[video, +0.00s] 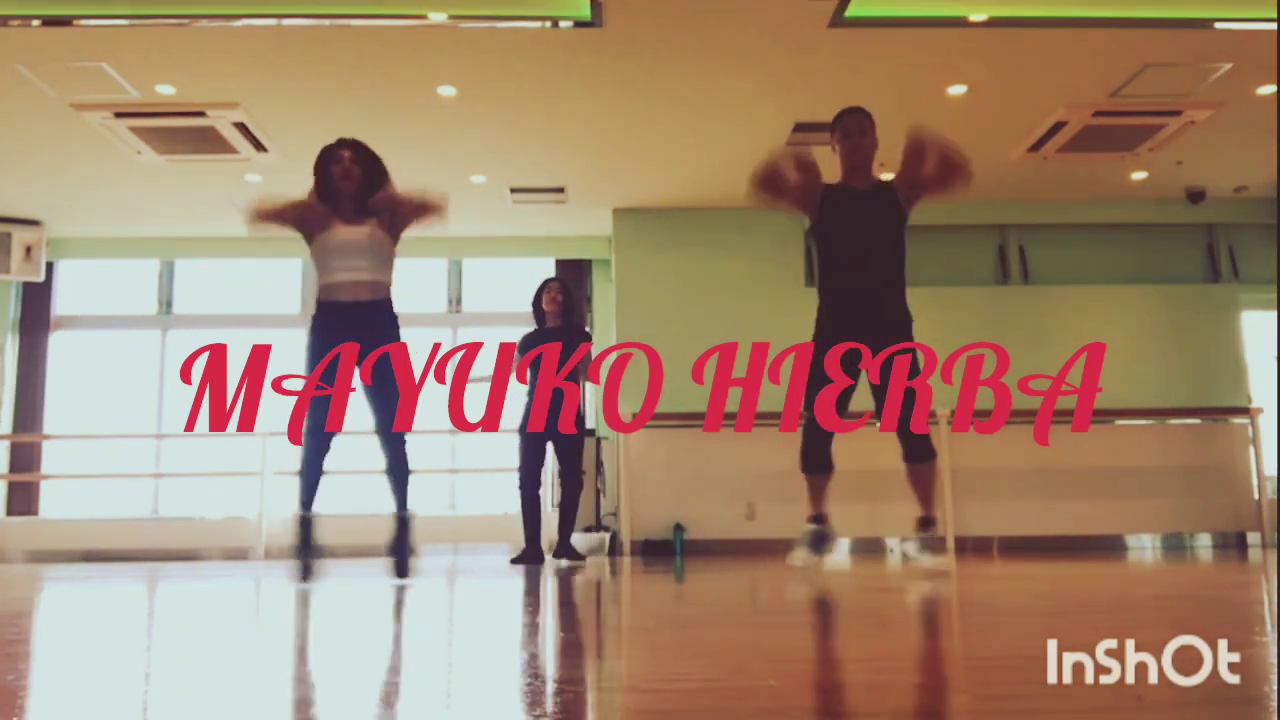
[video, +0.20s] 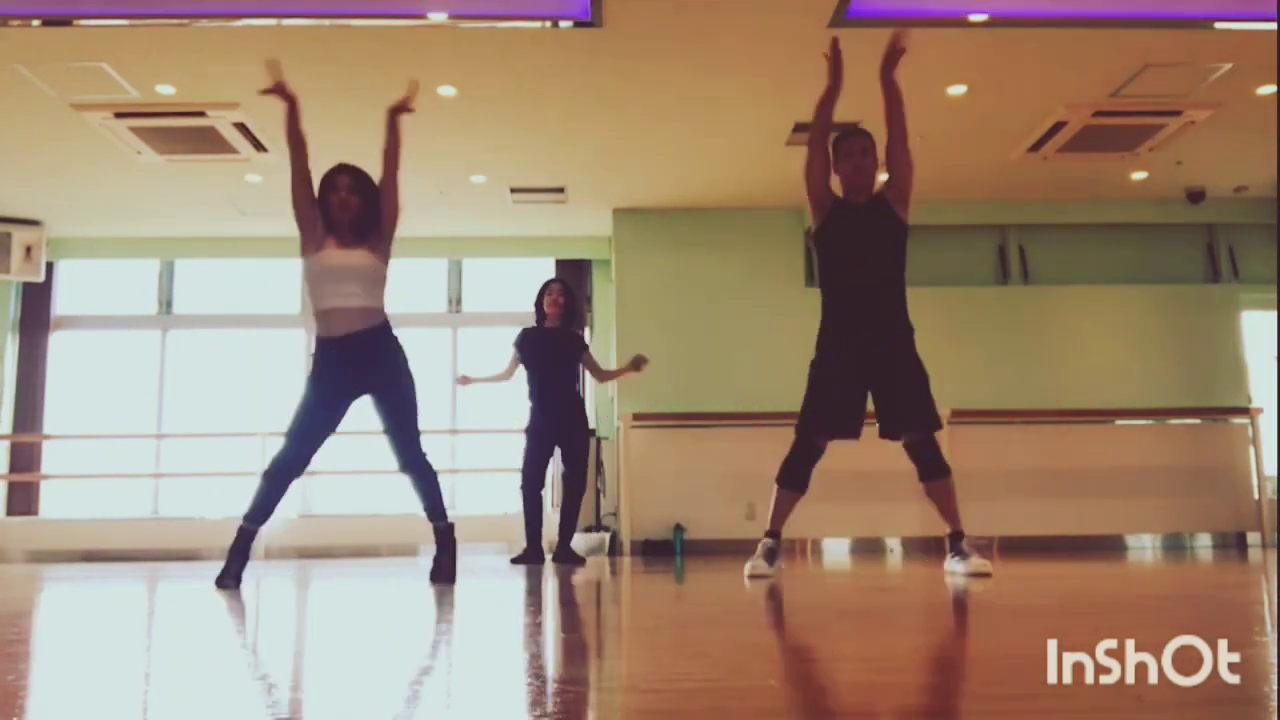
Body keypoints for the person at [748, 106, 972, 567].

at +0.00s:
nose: (856, 143)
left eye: (863, 134)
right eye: (847, 136)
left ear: (876, 141)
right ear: (834, 145)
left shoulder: (898, 192)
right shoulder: (819, 197)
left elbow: (957, 174)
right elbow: (763, 182)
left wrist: (926, 146)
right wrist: (789, 168)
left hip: (889, 324)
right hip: (836, 327)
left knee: (913, 424)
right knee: (816, 428)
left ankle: (927, 525)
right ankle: (818, 526)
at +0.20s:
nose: (857, 163)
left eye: (865, 154)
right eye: (849, 156)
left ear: (878, 163)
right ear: (834, 166)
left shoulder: (892, 209)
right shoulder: (826, 214)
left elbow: (899, 144)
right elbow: (818, 148)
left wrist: (888, 77)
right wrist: (833, 83)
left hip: (894, 348)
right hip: (839, 350)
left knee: (923, 446)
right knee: (807, 447)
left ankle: (958, 544)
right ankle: (770, 543)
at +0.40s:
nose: (857, 168)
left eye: (864, 159)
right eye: (848, 160)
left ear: (877, 167)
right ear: (834, 168)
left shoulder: (890, 213)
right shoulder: (823, 216)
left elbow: (901, 152)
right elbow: (813, 152)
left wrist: (877, 96)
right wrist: (836, 96)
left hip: (889, 349)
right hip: (834, 350)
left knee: (921, 448)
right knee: (806, 450)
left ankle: (958, 546)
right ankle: (770, 546)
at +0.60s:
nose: (857, 169)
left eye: (864, 162)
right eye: (849, 162)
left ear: (875, 169)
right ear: (835, 170)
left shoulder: (891, 215)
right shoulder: (820, 217)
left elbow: (913, 154)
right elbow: (795, 154)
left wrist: (872, 119)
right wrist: (828, 117)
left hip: (888, 349)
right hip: (835, 351)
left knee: (921, 449)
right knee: (805, 451)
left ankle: (958, 546)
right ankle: (770, 546)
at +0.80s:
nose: (857, 172)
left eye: (864, 164)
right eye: (849, 164)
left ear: (874, 171)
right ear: (835, 170)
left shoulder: (891, 216)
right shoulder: (818, 218)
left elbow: (925, 162)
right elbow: (780, 165)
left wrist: (877, 147)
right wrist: (825, 137)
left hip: (887, 350)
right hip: (834, 352)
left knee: (921, 447)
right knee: (806, 450)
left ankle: (958, 545)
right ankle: (770, 547)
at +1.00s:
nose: (860, 174)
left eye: (867, 166)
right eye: (851, 166)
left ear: (877, 174)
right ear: (835, 173)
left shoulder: (891, 219)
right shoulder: (817, 221)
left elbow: (935, 172)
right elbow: (769, 176)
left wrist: (886, 163)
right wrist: (814, 162)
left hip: (888, 353)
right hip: (834, 355)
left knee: (922, 447)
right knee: (804, 451)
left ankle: (958, 545)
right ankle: (770, 546)